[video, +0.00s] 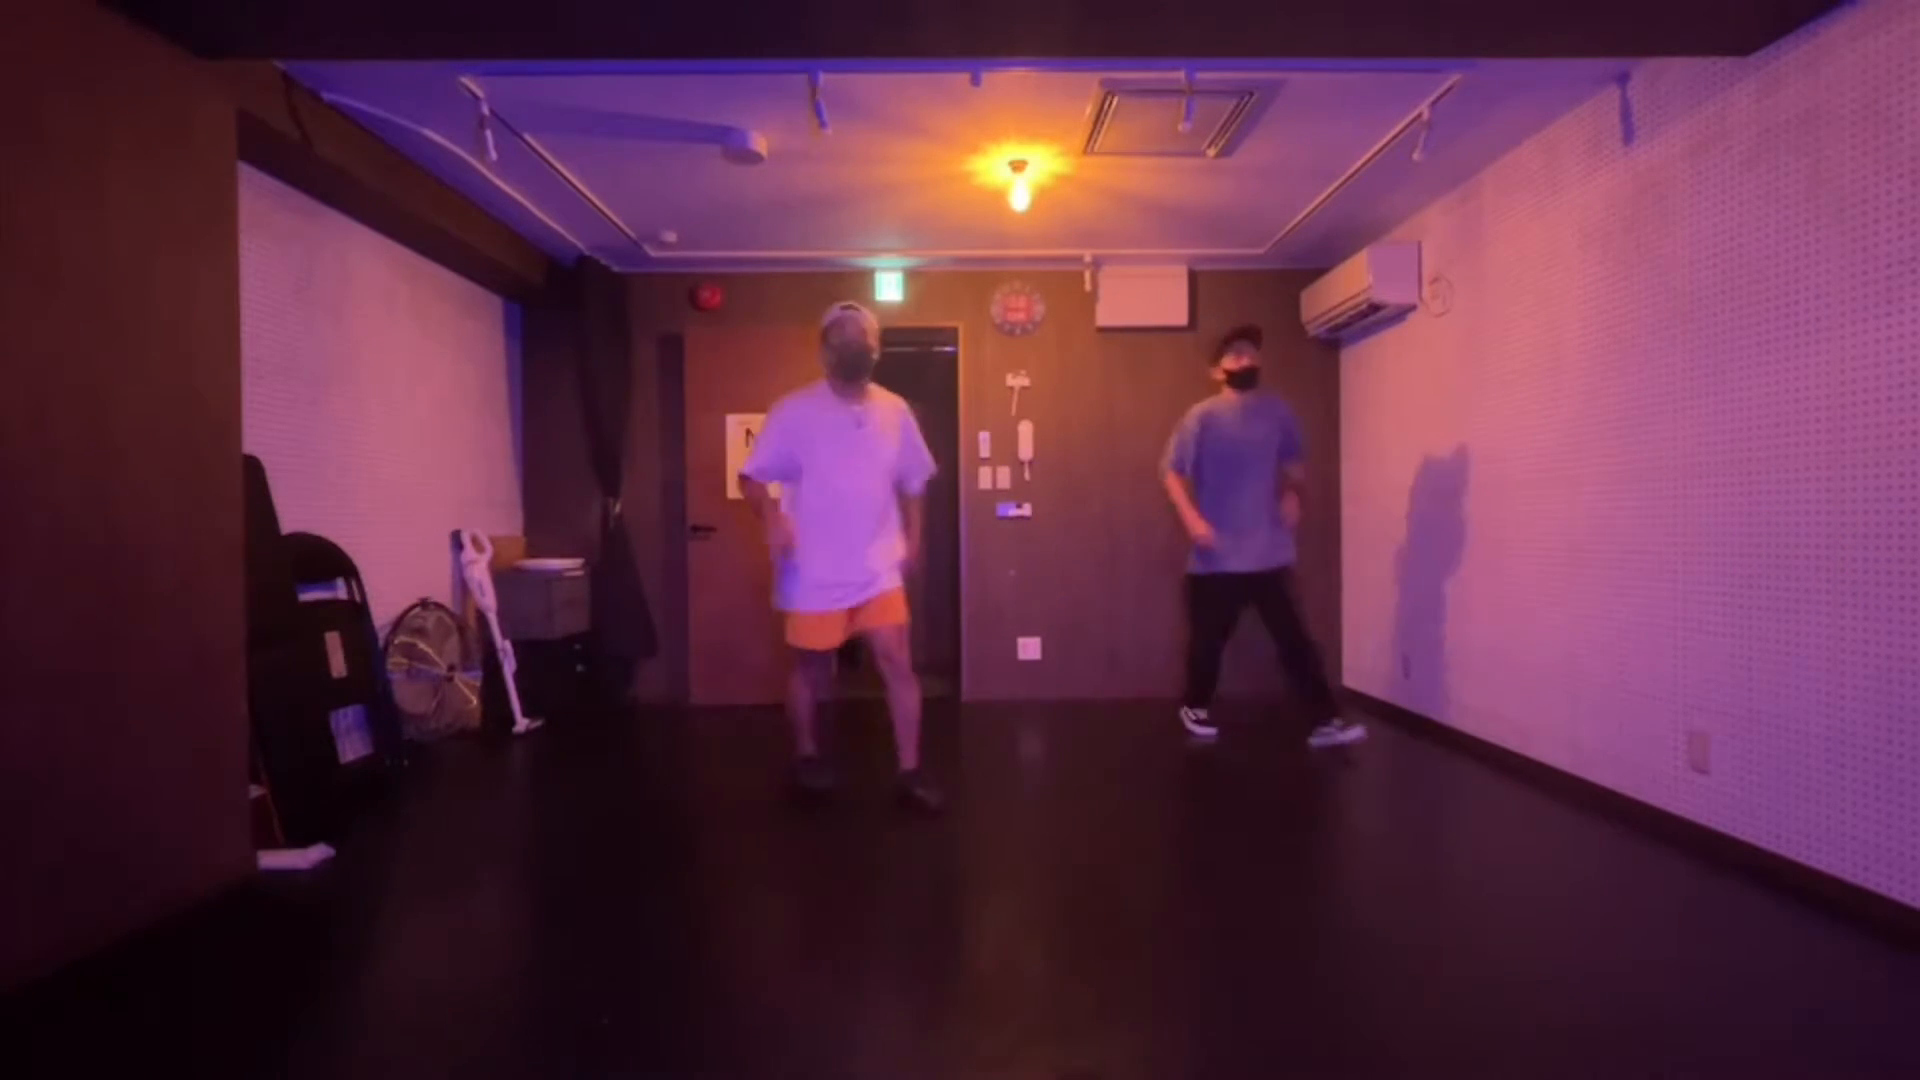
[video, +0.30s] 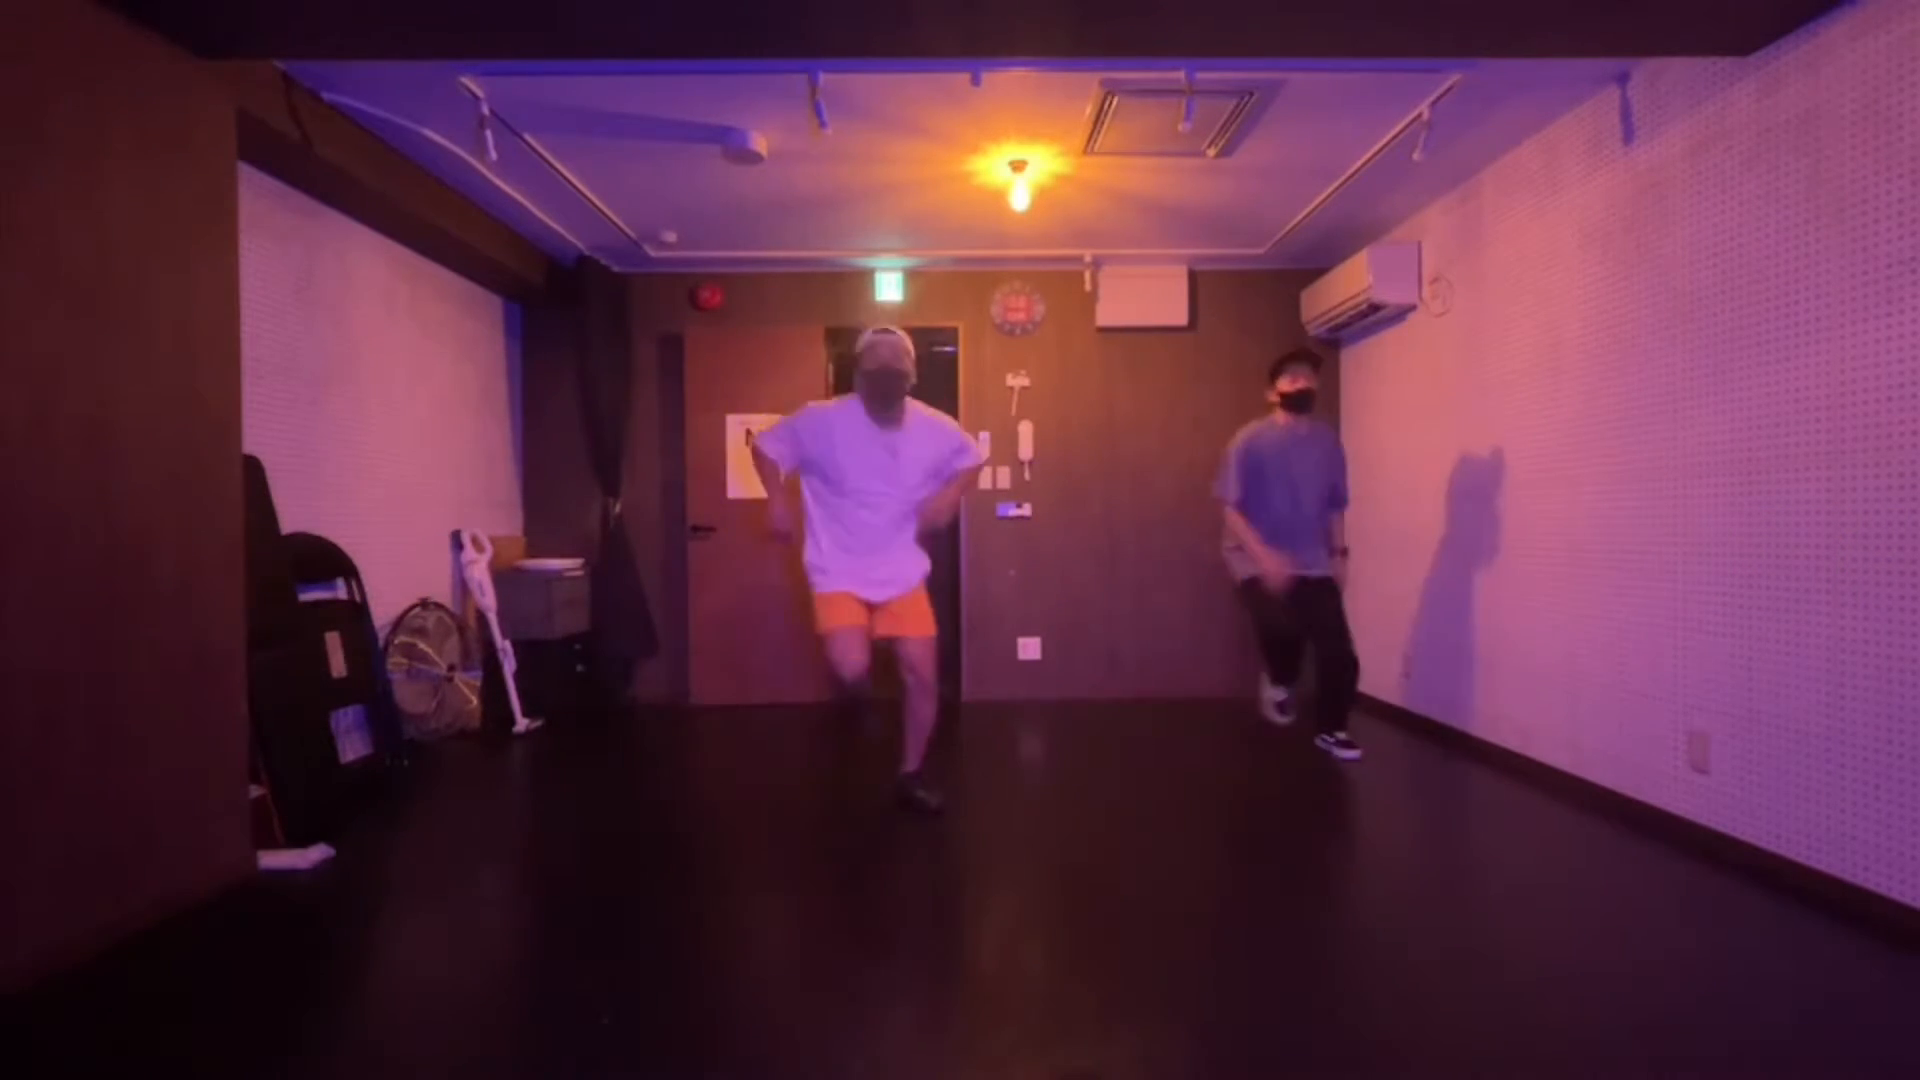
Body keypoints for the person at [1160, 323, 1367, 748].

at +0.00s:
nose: (1242, 361)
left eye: (1249, 353)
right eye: (1234, 353)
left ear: (1261, 362)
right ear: (1218, 365)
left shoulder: (1276, 411)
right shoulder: (1202, 416)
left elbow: (1293, 464)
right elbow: (1172, 472)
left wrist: (1291, 500)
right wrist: (1193, 520)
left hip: (1268, 552)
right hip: (1217, 554)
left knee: (1295, 642)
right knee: (1207, 643)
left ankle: (1325, 719)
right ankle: (1195, 710)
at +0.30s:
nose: (1300, 385)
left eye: (1307, 377)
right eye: (1290, 377)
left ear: (1318, 385)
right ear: (1273, 387)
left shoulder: (1326, 439)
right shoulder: (1251, 440)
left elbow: (1335, 503)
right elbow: (1230, 508)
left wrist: (1336, 549)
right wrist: (1264, 558)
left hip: (1313, 566)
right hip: (1262, 565)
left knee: (1339, 656)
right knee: (1284, 634)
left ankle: (1331, 729)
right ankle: (1278, 684)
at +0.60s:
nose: (1268, 353)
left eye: (1275, 346)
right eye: (1259, 345)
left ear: (1284, 352)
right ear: (1241, 351)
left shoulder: (1300, 390)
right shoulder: (1224, 394)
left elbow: (1325, 463)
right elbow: (1239, 417)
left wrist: (1324, 417)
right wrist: (1307, 396)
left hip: (1303, 528)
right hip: (1249, 533)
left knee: (1316, 632)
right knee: (1224, 629)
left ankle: (1326, 725)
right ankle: (1210, 718)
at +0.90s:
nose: (1242, 376)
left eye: (1249, 368)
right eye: (1233, 368)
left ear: (1258, 372)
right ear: (1216, 372)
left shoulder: (1267, 417)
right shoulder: (1194, 413)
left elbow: (1274, 481)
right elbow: (1185, 466)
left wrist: (1274, 538)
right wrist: (1263, 453)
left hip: (1249, 551)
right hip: (1194, 551)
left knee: (1283, 639)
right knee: (1182, 642)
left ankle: (1299, 717)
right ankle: (1163, 723)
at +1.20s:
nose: (1200, 394)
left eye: (1206, 386)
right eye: (1191, 386)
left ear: (1216, 391)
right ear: (1173, 394)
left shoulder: (1237, 439)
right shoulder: (1150, 448)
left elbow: (1255, 491)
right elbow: (1122, 497)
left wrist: (1226, 510)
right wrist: (1141, 543)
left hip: (1221, 570)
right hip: (1171, 568)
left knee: (1228, 655)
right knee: (1179, 650)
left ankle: (1174, 697)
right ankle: (1170, 723)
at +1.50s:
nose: (1197, 387)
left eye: (1205, 379)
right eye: (1188, 379)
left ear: (1217, 385)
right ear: (1174, 387)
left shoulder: (1237, 429)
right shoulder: (1159, 438)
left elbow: (1259, 487)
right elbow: (1141, 494)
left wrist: (1234, 532)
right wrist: (1137, 537)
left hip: (1217, 551)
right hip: (1171, 549)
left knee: (1204, 646)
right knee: (1176, 637)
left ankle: (1158, 681)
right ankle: (1167, 724)